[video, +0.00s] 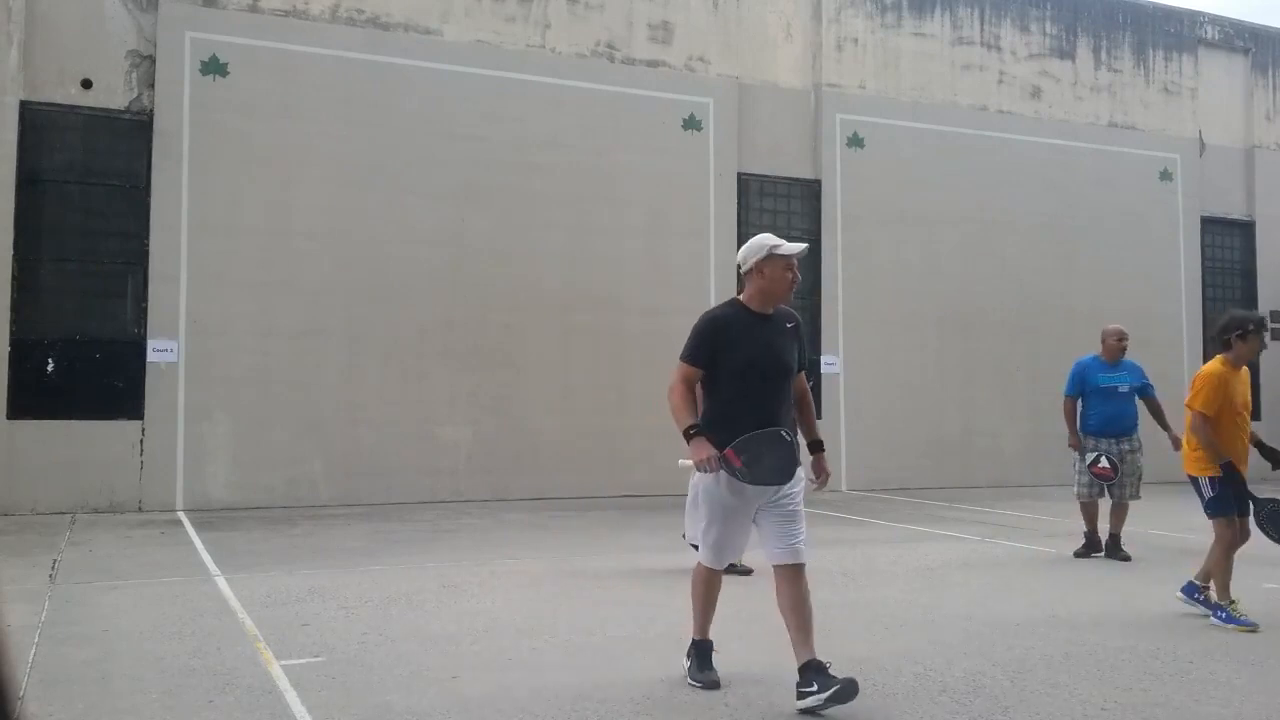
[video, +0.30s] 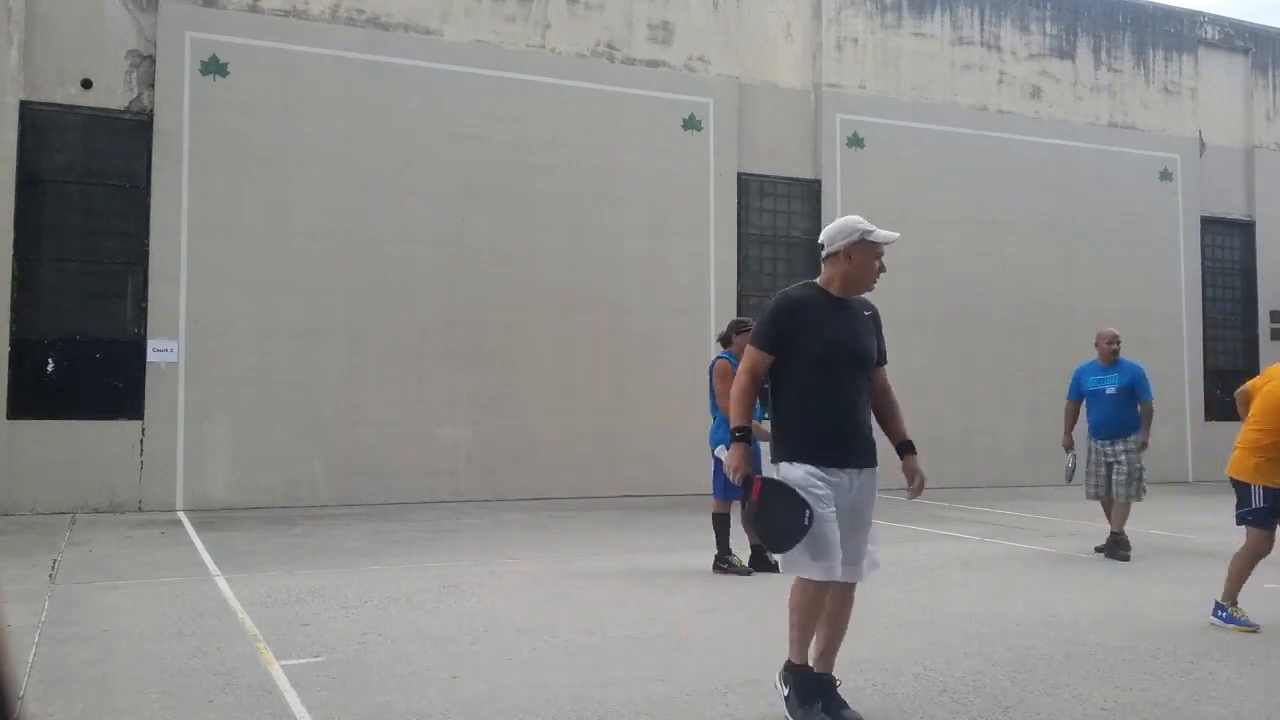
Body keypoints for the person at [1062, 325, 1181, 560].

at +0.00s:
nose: (1124, 344)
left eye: (1125, 340)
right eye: (1118, 340)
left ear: (1127, 343)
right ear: (1104, 343)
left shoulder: (1134, 370)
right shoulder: (1084, 367)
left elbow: (1151, 401)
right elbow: (1069, 401)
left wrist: (1169, 431)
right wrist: (1073, 434)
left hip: (1126, 442)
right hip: (1092, 441)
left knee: (1122, 495)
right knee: (1086, 493)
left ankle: (1114, 543)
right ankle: (1092, 540)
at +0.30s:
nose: (1114, 347)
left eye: (1117, 343)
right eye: (1109, 343)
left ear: (1121, 345)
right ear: (1097, 346)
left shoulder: (1133, 371)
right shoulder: (1083, 373)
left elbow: (1146, 405)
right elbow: (1073, 404)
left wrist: (1144, 434)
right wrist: (1067, 433)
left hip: (1126, 442)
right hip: (1097, 443)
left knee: (1122, 491)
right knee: (1103, 492)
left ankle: (1116, 539)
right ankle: (1117, 536)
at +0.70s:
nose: (1116, 346)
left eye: (1119, 341)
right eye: (1110, 343)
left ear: (1124, 344)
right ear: (1100, 346)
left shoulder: (1137, 367)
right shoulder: (1096, 372)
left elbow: (1148, 401)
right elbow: (1091, 404)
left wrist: (1129, 431)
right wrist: (1086, 434)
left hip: (1137, 437)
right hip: (1109, 439)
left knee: (1142, 488)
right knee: (1112, 488)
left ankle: (1154, 538)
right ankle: (1119, 537)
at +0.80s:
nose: (1120, 345)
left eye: (1124, 341)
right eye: (1115, 342)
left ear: (1129, 344)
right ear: (1106, 346)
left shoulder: (1142, 367)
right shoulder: (1102, 371)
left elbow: (1153, 401)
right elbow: (1098, 404)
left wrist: (1139, 431)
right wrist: (1092, 433)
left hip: (1141, 439)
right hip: (1113, 440)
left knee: (1152, 489)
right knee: (1115, 487)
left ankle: (1172, 538)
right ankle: (1119, 537)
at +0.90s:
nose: (1128, 346)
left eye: (1131, 342)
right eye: (1123, 343)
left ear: (1137, 344)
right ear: (1114, 347)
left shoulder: (1150, 368)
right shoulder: (1109, 372)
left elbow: (1163, 402)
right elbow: (1104, 404)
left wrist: (1149, 431)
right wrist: (1099, 433)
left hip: (1147, 441)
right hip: (1119, 441)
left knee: (1163, 490)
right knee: (1117, 488)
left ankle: (1185, 538)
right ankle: (1119, 537)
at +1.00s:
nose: (1136, 348)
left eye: (1140, 344)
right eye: (1130, 344)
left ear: (1146, 346)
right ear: (1123, 348)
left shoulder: (1160, 370)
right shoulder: (1117, 373)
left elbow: (1179, 402)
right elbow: (1113, 402)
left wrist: (1160, 430)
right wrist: (1107, 430)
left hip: (1157, 442)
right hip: (1128, 443)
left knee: (1170, 492)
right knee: (1122, 488)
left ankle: (1190, 542)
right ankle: (1120, 537)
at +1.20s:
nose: (1155, 349)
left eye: (1158, 345)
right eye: (1151, 346)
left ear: (1166, 346)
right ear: (1145, 348)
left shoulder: (1180, 370)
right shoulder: (1141, 371)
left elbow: (1211, 395)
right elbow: (1135, 404)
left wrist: (1192, 424)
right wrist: (1140, 432)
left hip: (1178, 439)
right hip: (1152, 441)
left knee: (1184, 493)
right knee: (1163, 492)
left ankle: (1191, 541)